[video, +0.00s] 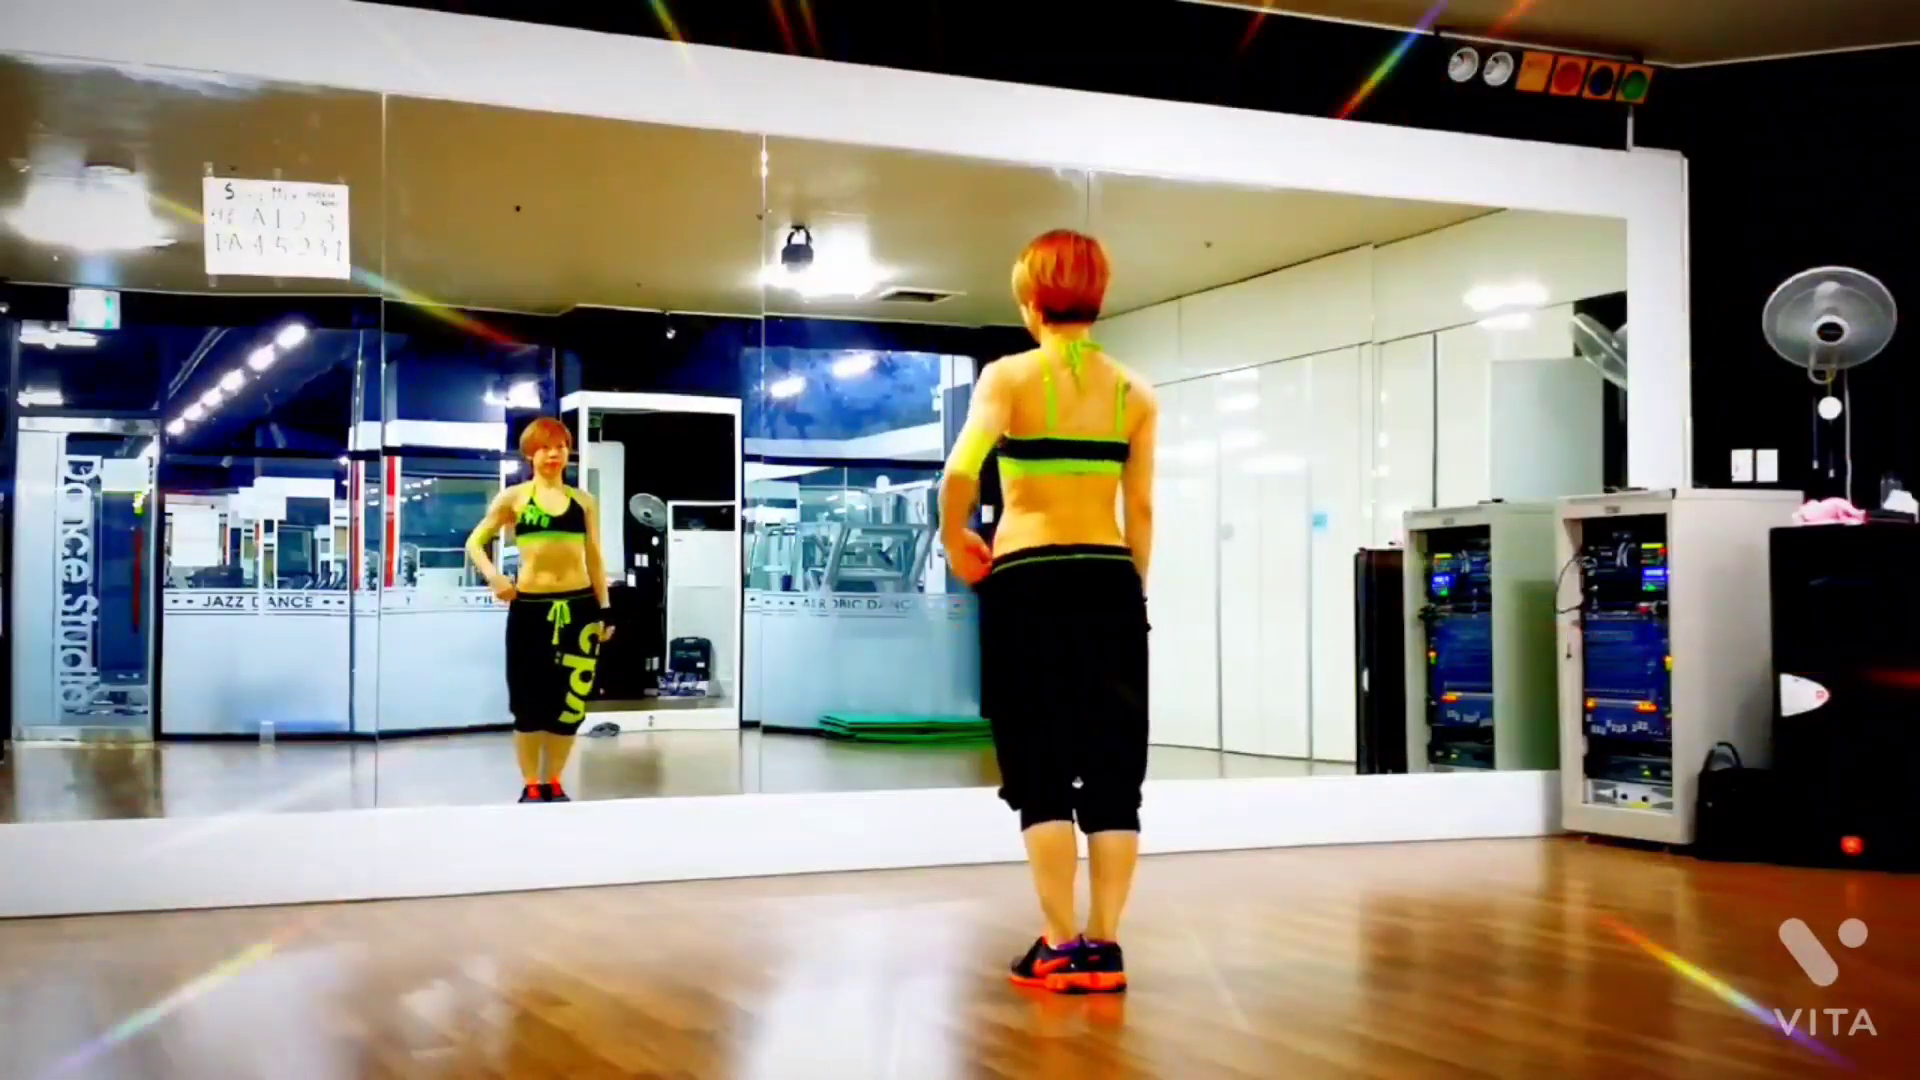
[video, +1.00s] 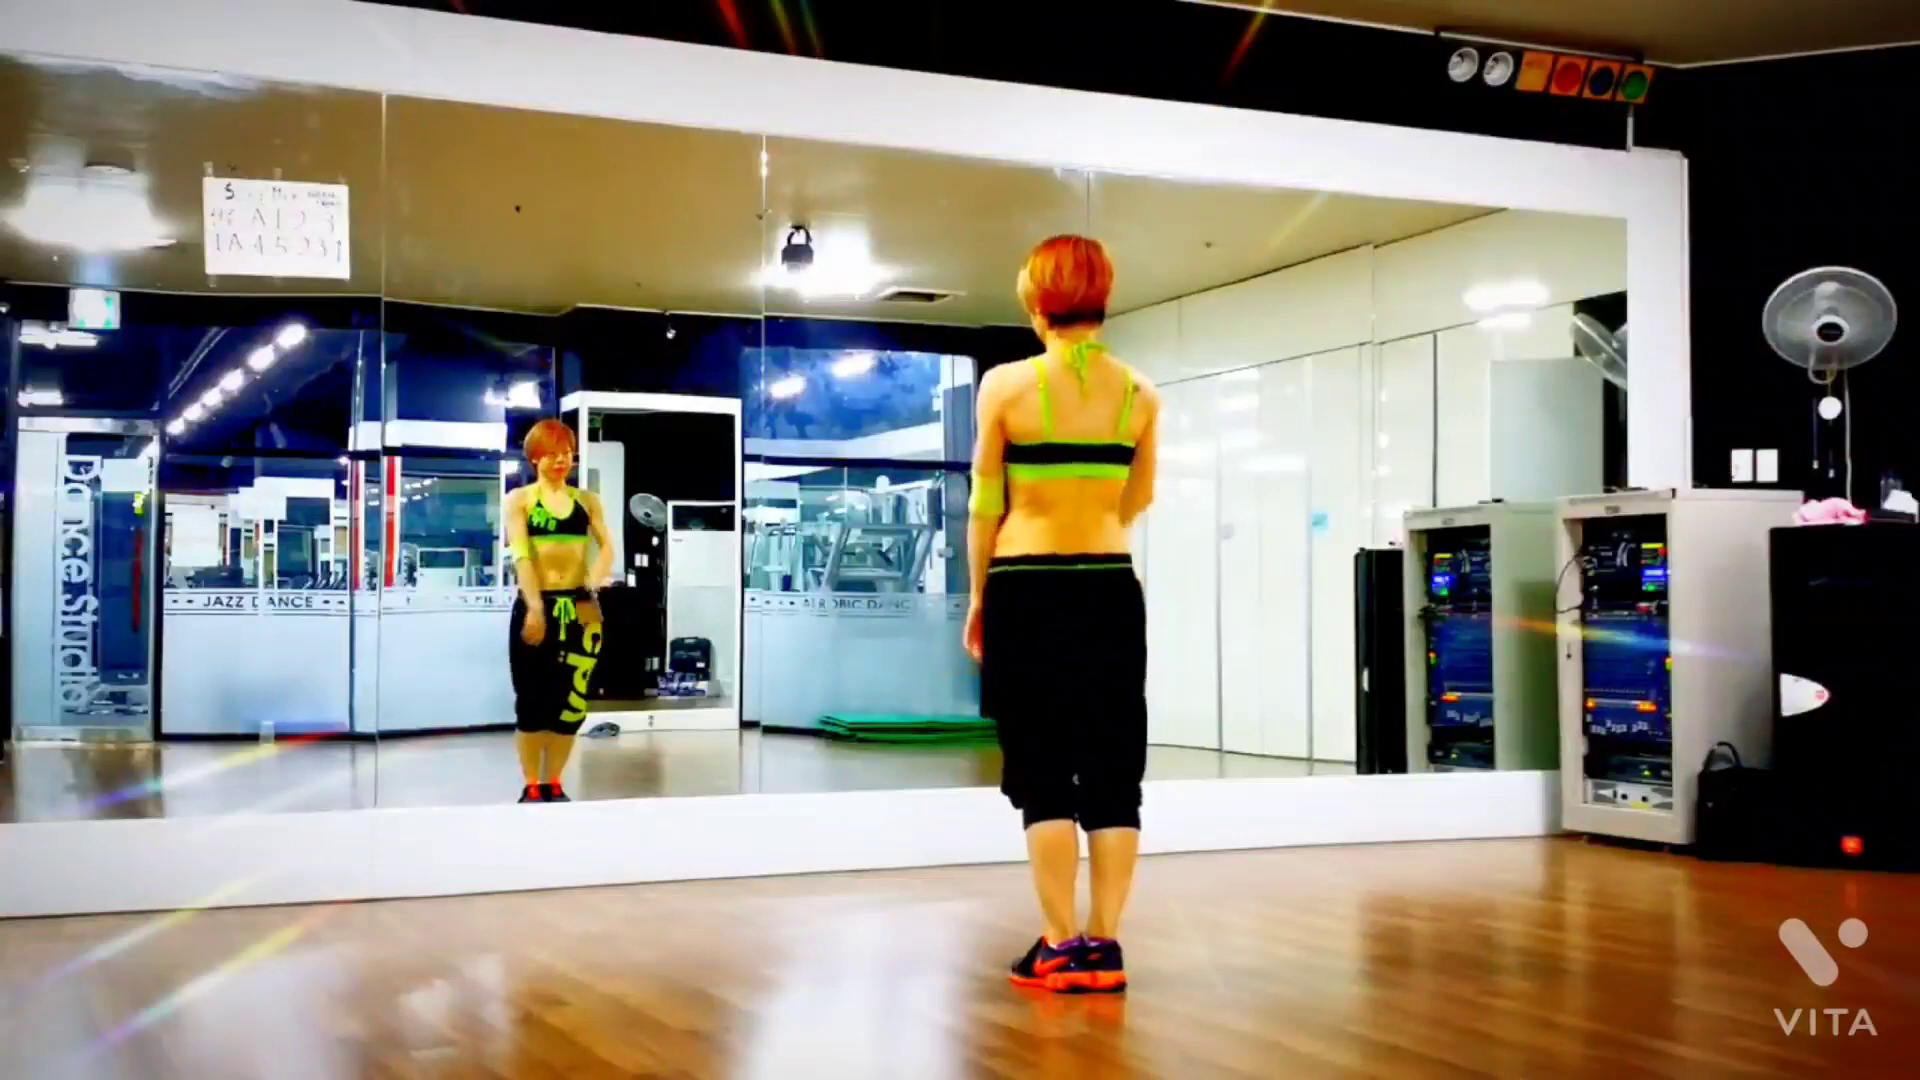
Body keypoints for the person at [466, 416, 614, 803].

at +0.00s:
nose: (552, 455)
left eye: (558, 448)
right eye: (544, 448)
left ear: (568, 454)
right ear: (530, 455)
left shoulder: (584, 501)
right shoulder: (514, 497)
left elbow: (595, 559)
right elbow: (475, 543)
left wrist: (604, 609)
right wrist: (496, 579)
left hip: (579, 606)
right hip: (531, 607)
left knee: (571, 701)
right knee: (530, 702)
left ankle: (552, 782)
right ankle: (532, 784)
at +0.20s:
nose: (554, 455)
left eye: (560, 448)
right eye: (545, 448)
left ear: (569, 454)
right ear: (532, 455)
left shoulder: (585, 500)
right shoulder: (515, 497)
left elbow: (596, 556)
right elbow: (475, 543)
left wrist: (607, 607)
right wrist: (497, 579)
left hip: (580, 605)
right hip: (532, 606)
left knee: (572, 700)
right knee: (530, 701)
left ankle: (553, 782)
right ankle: (532, 784)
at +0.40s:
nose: (556, 455)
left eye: (563, 448)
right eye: (548, 448)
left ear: (572, 454)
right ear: (534, 455)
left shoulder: (586, 500)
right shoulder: (518, 496)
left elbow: (597, 556)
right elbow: (474, 541)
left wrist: (609, 606)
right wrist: (496, 576)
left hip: (582, 604)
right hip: (533, 604)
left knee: (572, 702)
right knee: (532, 701)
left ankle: (553, 781)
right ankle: (532, 784)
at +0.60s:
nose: (559, 455)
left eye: (565, 448)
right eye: (550, 449)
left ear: (573, 454)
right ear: (536, 455)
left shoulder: (588, 503)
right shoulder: (517, 498)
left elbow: (598, 558)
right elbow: (482, 548)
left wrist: (609, 610)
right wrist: (495, 590)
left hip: (582, 607)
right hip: (533, 608)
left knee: (573, 703)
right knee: (532, 703)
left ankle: (553, 783)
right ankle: (532, 785)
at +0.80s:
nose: (560, 455)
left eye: (566, 448)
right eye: (551, 448)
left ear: (573, 453)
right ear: (536, 455)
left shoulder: (589, 502)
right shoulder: (517, 501)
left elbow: (599, 560)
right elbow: (509, 561)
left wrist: (604, 613)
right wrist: (505, 616)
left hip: (581, 607)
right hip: (533, 608)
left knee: (573, 700)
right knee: (531, 702)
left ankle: (553, 782)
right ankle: (531, 784)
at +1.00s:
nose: (560, 462)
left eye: (566, 455)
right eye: (551, 455)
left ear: (573, 457)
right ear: (535, 459)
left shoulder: (587, 501)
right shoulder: (519, 500)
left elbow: (607, 548)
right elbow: (523, 556)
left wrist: (595, 582)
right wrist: (535, 606)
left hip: (580, 606)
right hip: (537, 604)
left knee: (571, 699)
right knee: (533, 699)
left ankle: (552, 783)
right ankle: (531, 785)